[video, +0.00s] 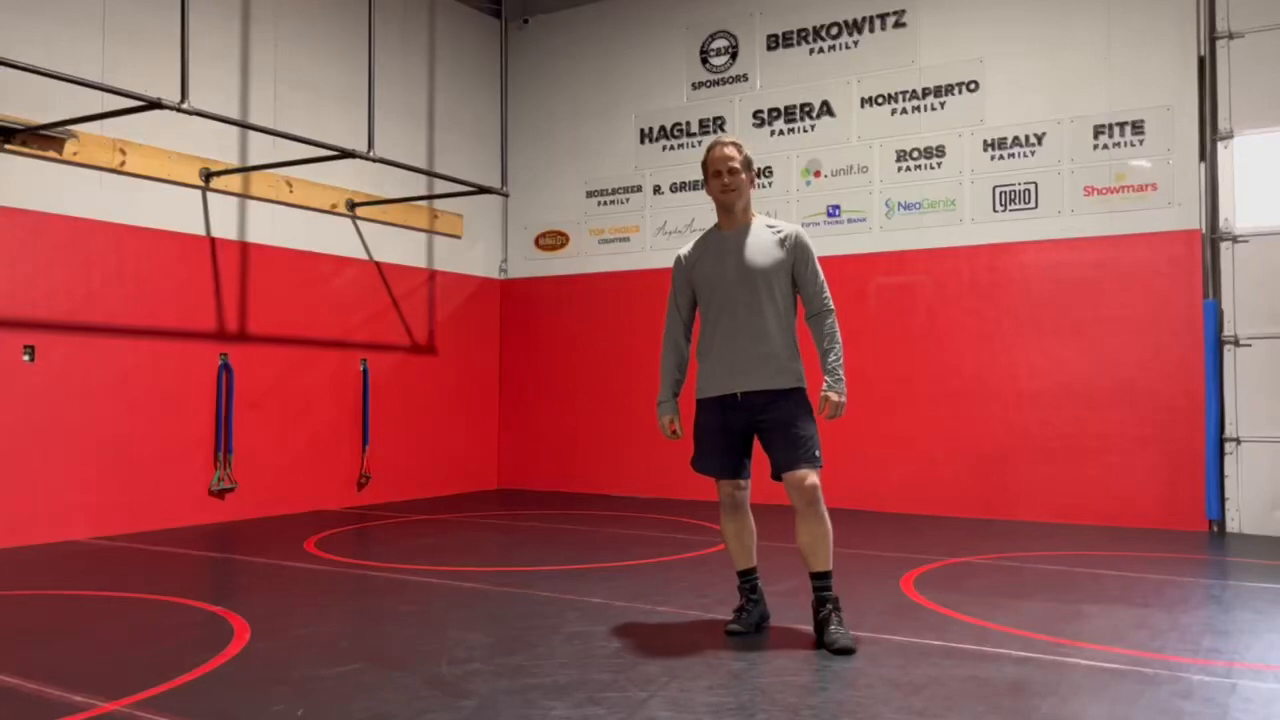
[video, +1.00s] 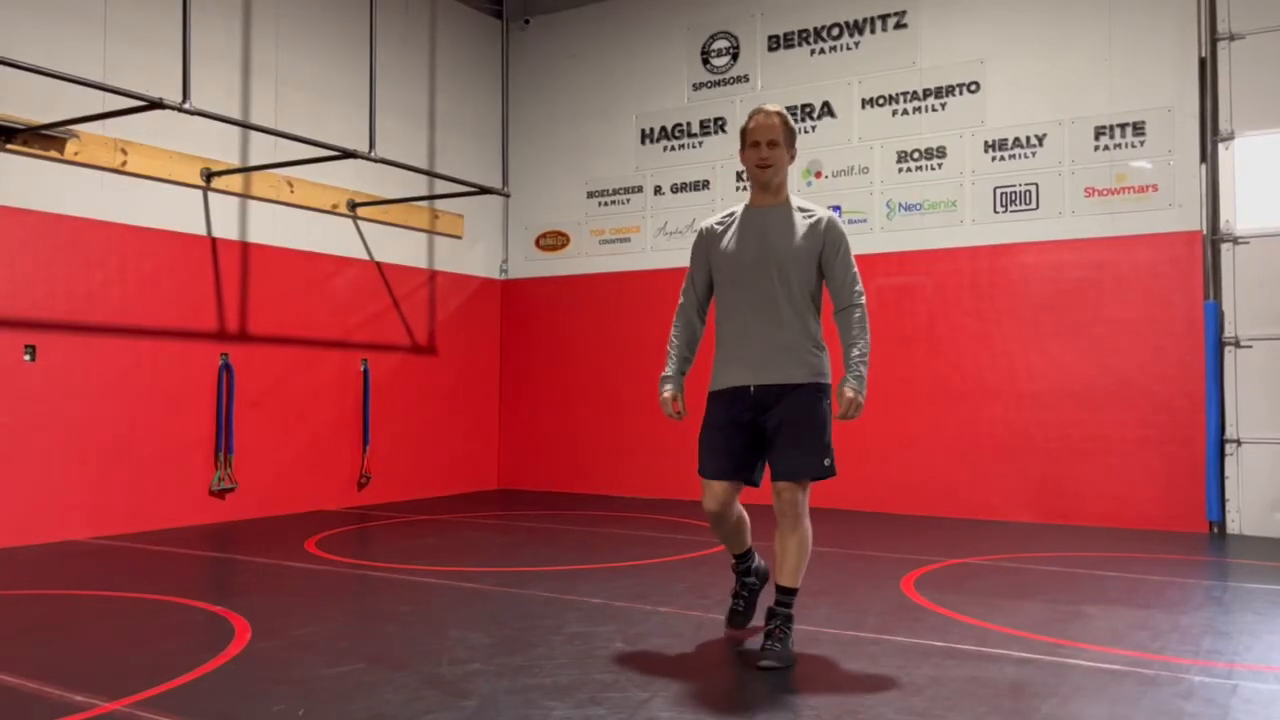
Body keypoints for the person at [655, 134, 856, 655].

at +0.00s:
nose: (725, 178)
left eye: (733, 170)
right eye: (716, 172)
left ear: (752, 176)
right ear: (705, 184)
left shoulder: (788, 239)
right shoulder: (692, 258)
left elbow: (821, 313)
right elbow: (676, 334)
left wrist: (834, 377)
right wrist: (667, 399)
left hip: (783, 393)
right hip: (719, 399)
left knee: (807, 487)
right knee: (732, 496)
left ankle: (827, 610)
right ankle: (750, 601)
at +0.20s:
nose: (727, 179)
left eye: (735, 170)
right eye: (717, 172)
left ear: (753, 177)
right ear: (706, 184)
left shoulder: (789, 240)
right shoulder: (692, 258)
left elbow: (821, 314)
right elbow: (676, 334)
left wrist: (833, 377)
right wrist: (667, 398)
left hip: (783, 388)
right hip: (720, 397)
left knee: (806, 471)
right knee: (732, 496)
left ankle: (811, 598)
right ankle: (751, 602)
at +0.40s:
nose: (730, 177)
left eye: (738, 168)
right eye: (721, 170)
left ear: (756, 176)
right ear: (708, 182)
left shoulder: (792, 239)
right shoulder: (694, 256)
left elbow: (822, 315)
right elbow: (677, 334)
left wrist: (832, 380)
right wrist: (669, 398)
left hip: (783, 389)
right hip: (721, 397)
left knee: (789, 478)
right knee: (734, 495)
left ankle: (792, 606)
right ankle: (751, 601)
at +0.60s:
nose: (733, 173)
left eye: (742, 164)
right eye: (725, 166)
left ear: (763, 172)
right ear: (714, 178)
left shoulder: (800, 239)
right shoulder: (699, 254)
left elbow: (830, 317)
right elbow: (683, 334)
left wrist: (841, 386)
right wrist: (674, 398)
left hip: (785, 393)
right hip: (723, 399)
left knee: (779, 496)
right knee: (736, 500)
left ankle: (779, 618)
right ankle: (752, 598)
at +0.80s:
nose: (748, 163)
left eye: (757, 154)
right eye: (738, 156)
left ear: (776, 163)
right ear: (726, 166)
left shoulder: (809, 234)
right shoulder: (705, 245)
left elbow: (839, 314)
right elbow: (686, 327)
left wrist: (852, 385)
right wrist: (676, 393)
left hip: (790, 391)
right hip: (727, 395)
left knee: (781, 498)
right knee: (733, 501)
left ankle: (778, 622)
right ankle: (749, 594)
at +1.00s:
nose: (762, 153)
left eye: (774, 144)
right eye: (753, 144)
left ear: (792, 154)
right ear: (741, 155)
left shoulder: (821, 227)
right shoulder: (714, 233)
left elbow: (850, 305)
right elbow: (690, 310)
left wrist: (856, 373)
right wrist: (673, 371)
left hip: (798, 386)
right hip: (731, 388)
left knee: (789, 501)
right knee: (717, 504)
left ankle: (780, 623)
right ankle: (750, 570)